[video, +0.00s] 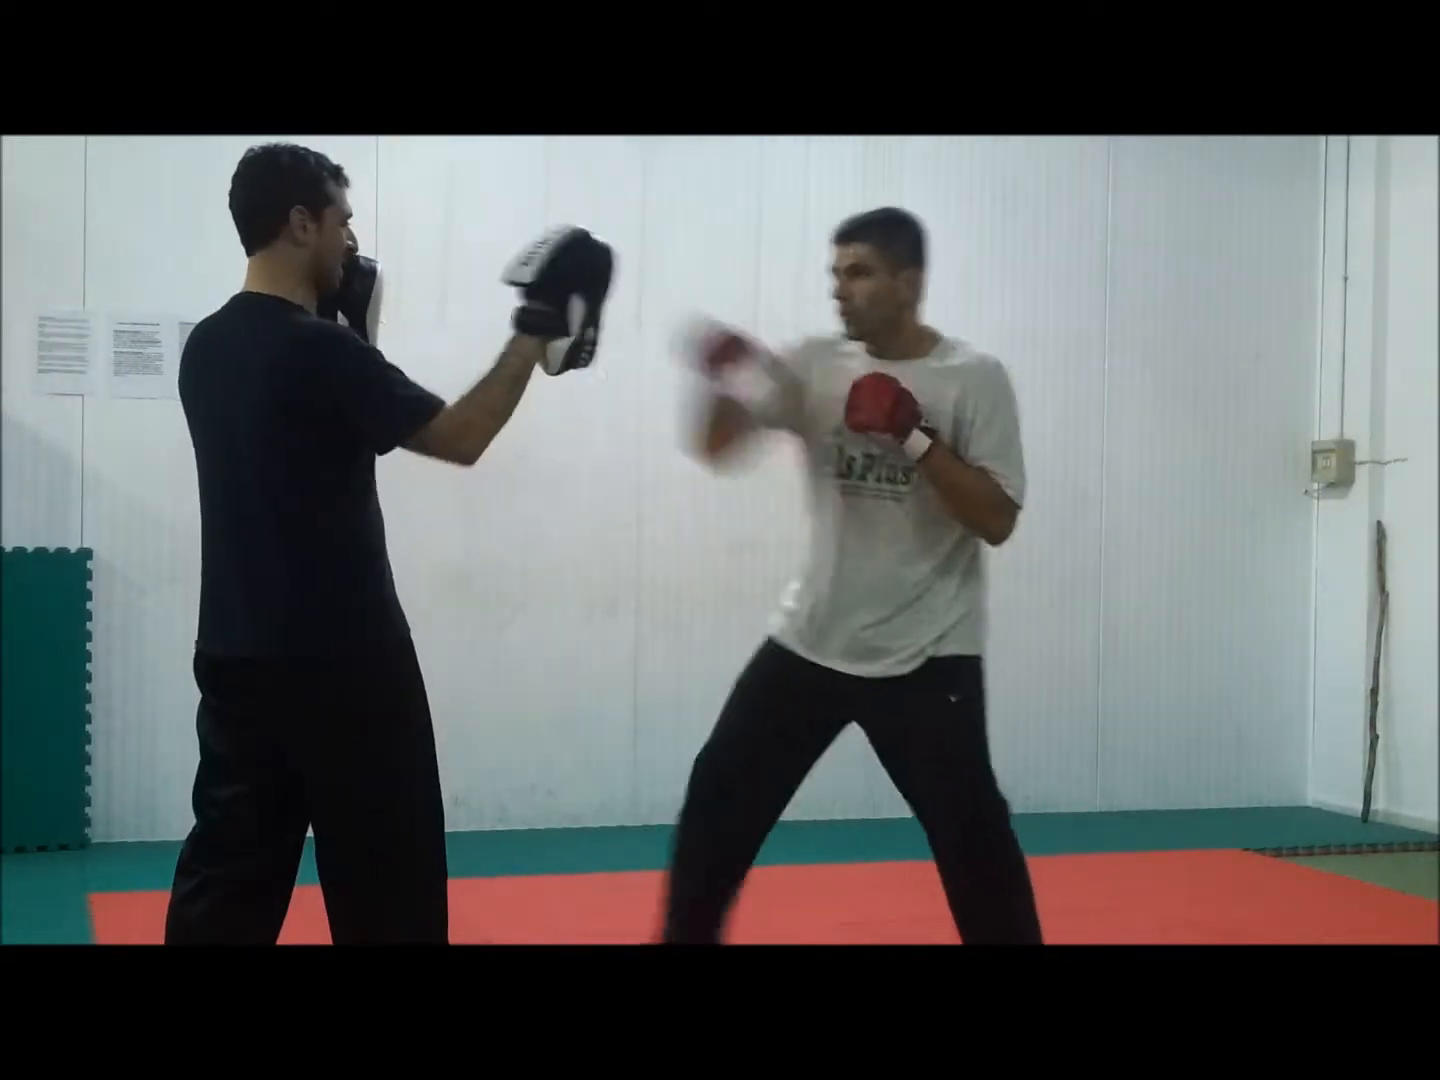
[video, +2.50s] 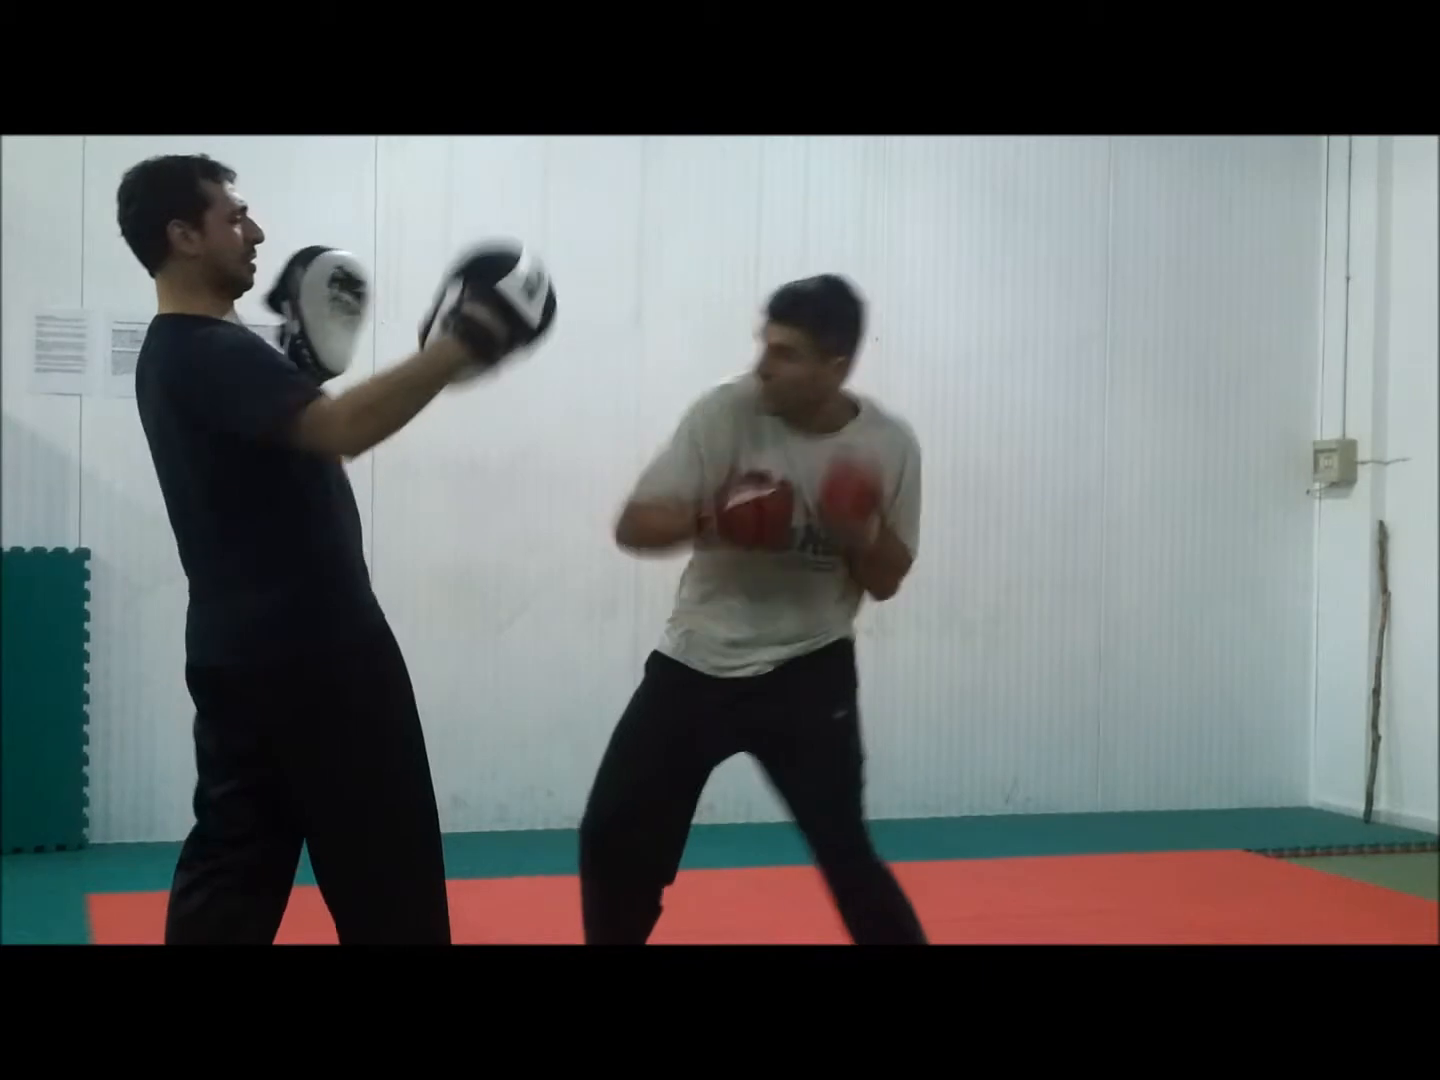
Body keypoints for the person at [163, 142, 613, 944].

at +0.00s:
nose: (353, 239)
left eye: (350, 222)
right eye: (343, 221)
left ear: (266, 230)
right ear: (302, 224)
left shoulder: (205, 346)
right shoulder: (319, 347)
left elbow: (332, 438)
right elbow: (461, 437)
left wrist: (355, 326)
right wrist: (533, 332)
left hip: (236, 656)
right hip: (347, 658)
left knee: (227, 876)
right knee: (391, 882)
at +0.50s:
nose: (309, 239)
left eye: (306, 220)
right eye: (300, 218)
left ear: (218, 232)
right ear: (259, 224)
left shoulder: (179, 349)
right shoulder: (281, 345)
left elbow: (309, 437)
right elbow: (425, 440)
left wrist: (314, 320)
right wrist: (537, 360)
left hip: (232, 655)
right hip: (337, 652)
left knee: (226, 883)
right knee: (389, 888)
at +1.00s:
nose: (310, 235)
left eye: (305, 216)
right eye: (297, 215)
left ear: (228, 230)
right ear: (250, 225)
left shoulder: (185, 348)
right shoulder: (265, 344)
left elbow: (290, 453)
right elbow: (392, 449)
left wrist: (329, 339)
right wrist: (511, 394)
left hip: (238, 659)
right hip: (336, 660)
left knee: (229, 883)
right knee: (390, 888)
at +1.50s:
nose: (304, 235)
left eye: (302, 218)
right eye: (294, 218)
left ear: (218, 230)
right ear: (250, 224)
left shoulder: (170, 348)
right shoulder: (276, 337)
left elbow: (242, 430)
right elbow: (439, 361)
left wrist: (301, 322)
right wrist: (519, 271)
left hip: (225, 652)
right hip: (328, 649)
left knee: (227, 878)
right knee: (385, 884)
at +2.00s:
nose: (286, 231)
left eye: (280, 213)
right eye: (272, 214)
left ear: (200, 235)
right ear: (229, 226)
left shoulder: (174, 350)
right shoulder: (254, 342)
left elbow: (285, 431)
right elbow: (385, 434)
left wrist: (301, 318)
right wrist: (495, 376)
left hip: (239, 654)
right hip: (337, 652)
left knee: (234, 879)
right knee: (391, 889)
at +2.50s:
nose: (255, 230)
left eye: (245, 216)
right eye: (235, 217)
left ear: (182, 241)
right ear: (182, 236)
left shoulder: (173, 349)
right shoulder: (210, 347)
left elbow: (246, 469)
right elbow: (335, 431)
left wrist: (305, 361)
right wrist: (453, 351)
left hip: (242, 657)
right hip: (322, 655)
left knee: (231, 873)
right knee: (392, 878)